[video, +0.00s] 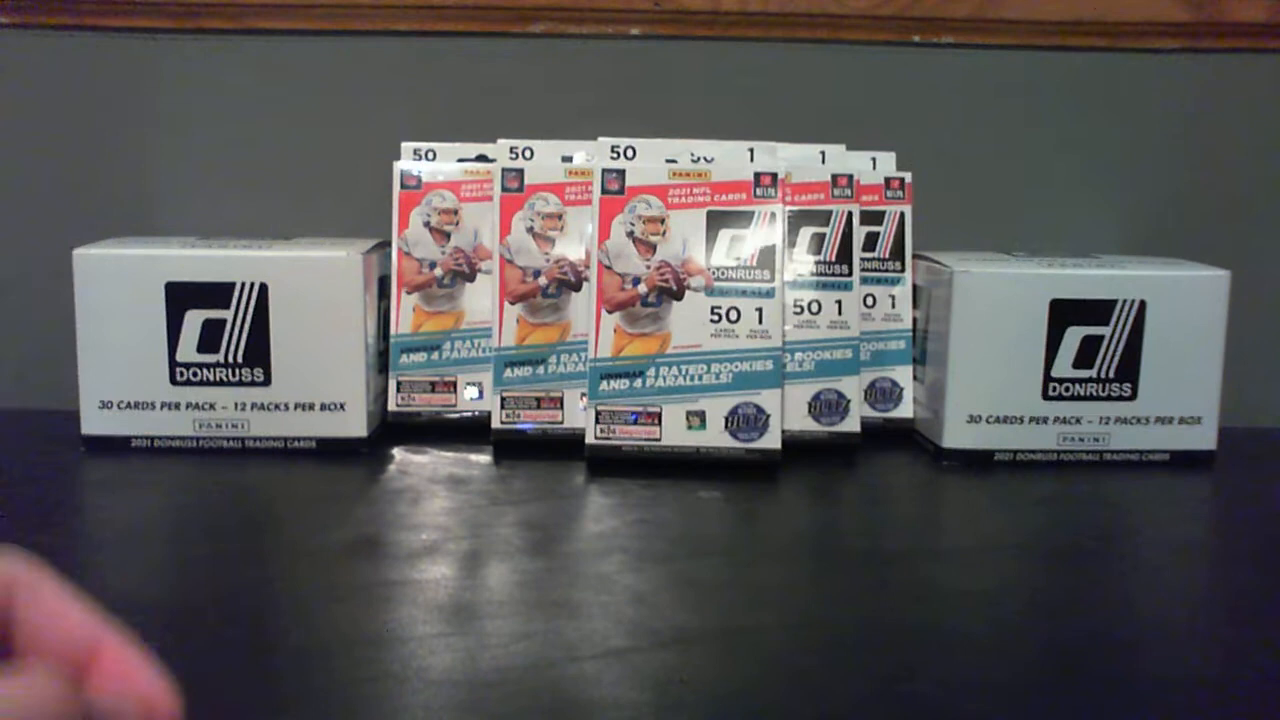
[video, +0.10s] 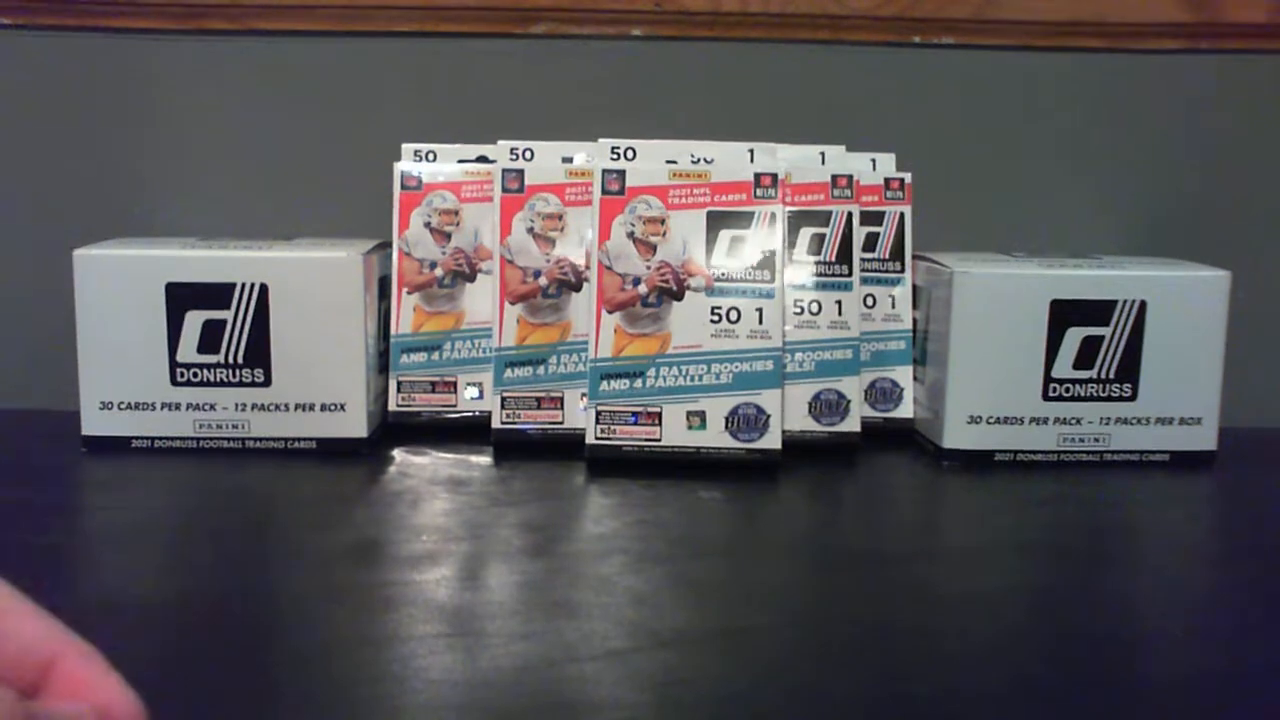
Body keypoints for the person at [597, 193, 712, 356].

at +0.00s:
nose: (657, 228)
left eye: (660, 222)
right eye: (650, 222)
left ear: (665, 223)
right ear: (634, 223)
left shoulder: (674, 250)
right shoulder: (613, 250)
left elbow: (706, 279)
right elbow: (610, 303)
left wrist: (688, 282)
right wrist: (645, 286)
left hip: (655, 336)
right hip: (623, 333)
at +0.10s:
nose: (658, 229)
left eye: (661, 223)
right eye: (651, 223)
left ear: (666, 225)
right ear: (634, 224)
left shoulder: (674, 250)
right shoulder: (613, 251)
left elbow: (707, 280)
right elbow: (610, 303)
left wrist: (687, 282)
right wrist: (645, 287)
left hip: (655, 336)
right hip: (623, 334)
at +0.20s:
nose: (657, 228)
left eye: (661, 222)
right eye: (651, 222)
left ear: (666, 225)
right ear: (634, 223)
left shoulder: (674, 250)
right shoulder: (613, 250)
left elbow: (706, 279)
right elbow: (610, 303)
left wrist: (687, 282)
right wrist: (645, 287)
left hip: (655, 336)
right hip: (623, 333)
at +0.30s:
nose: (658, 228)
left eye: (661, 222)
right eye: (651, 222)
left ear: (666, 224)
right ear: (634, 223)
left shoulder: (674, 249)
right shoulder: (613, 250)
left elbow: (706, 279)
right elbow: (610, 303)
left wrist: (687, 282)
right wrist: (645, 287)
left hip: (655, 336)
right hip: (623, 333)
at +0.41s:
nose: (658, 228)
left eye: (661, 222)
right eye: (651, 222)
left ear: (665, 224)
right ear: (634, 223)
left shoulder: (674, 249)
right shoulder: (613, 250)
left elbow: (706, 278)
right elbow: (610, 303)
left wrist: (688, 282)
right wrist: (645, 286)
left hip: (655, 335)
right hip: (623, 333)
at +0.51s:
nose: (658, 228)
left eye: (661, 222)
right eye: (651, 222)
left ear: (666, 223)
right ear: (634, 223)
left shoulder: (674, 249)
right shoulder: (613, 250)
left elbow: (707, 278)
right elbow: (610, 302)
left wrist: (688, 281)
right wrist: (645, 286)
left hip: (655, 335)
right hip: (623, 332)